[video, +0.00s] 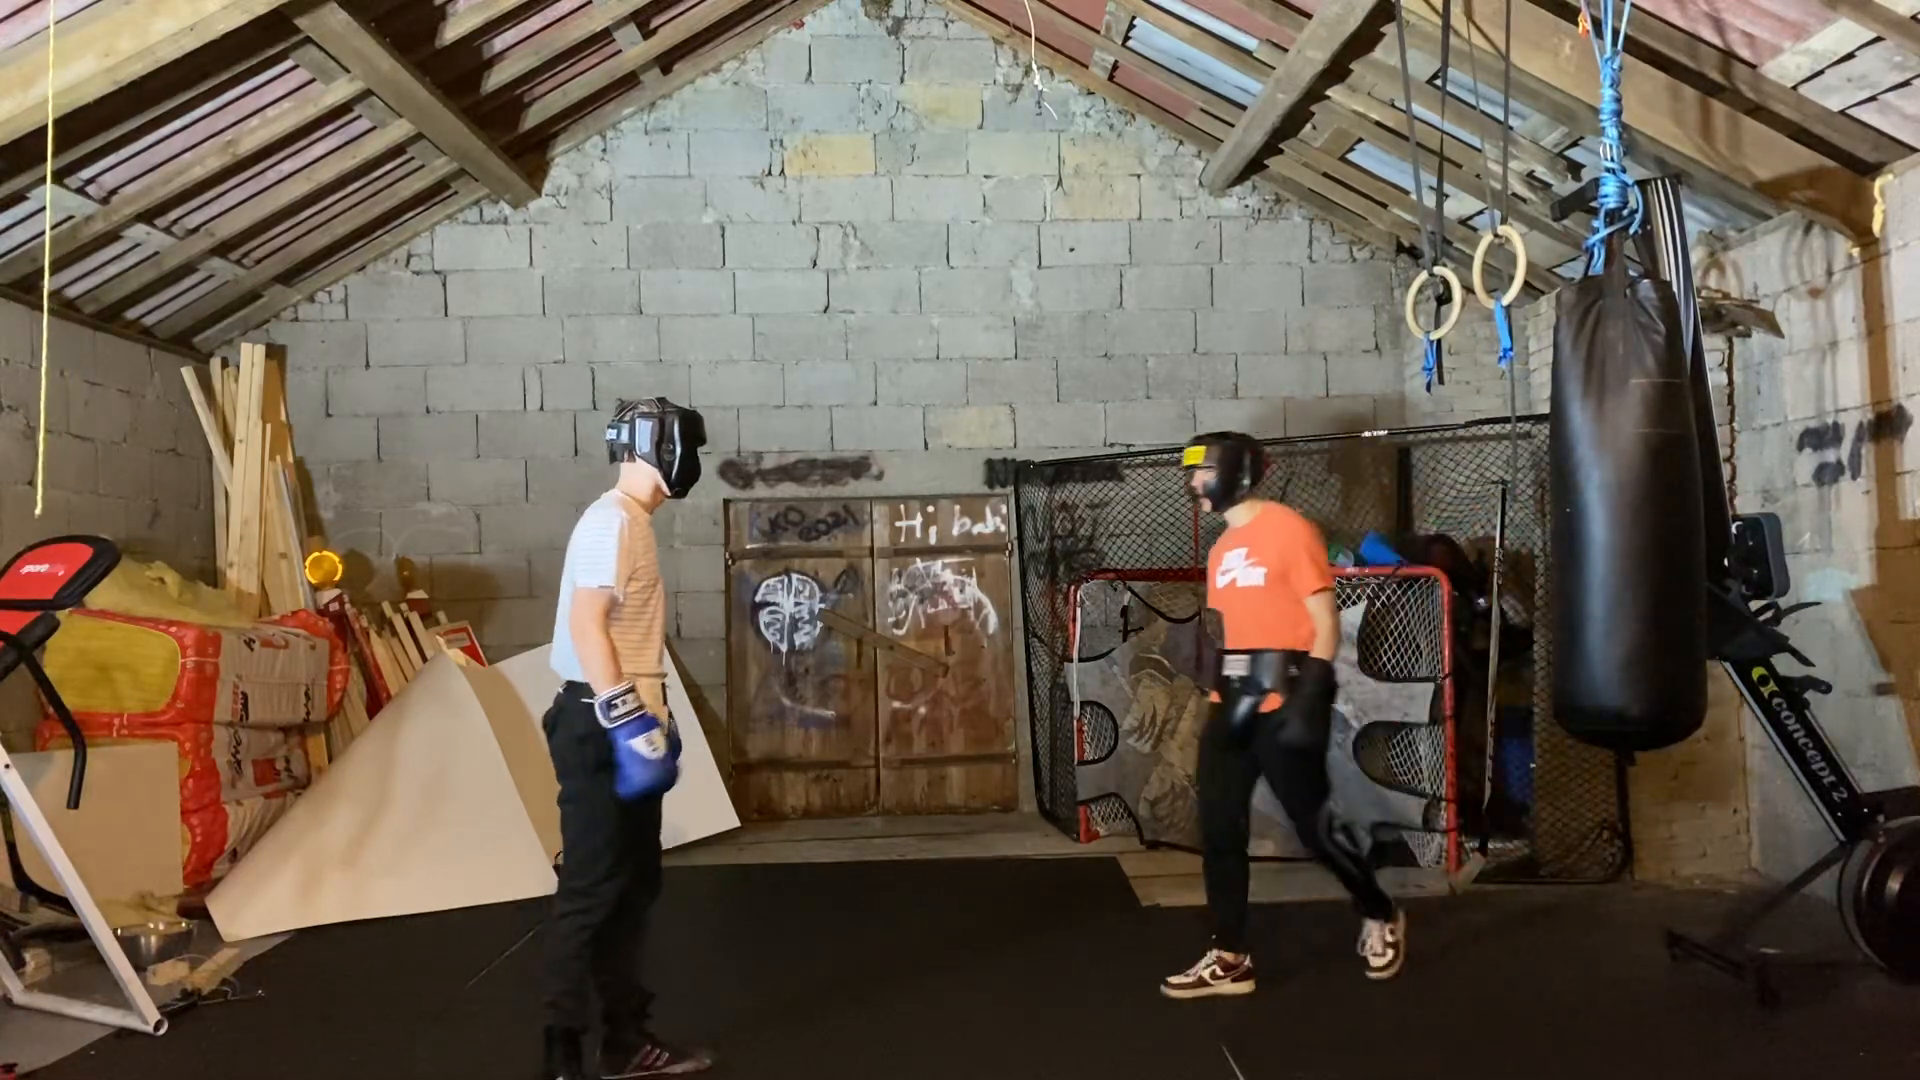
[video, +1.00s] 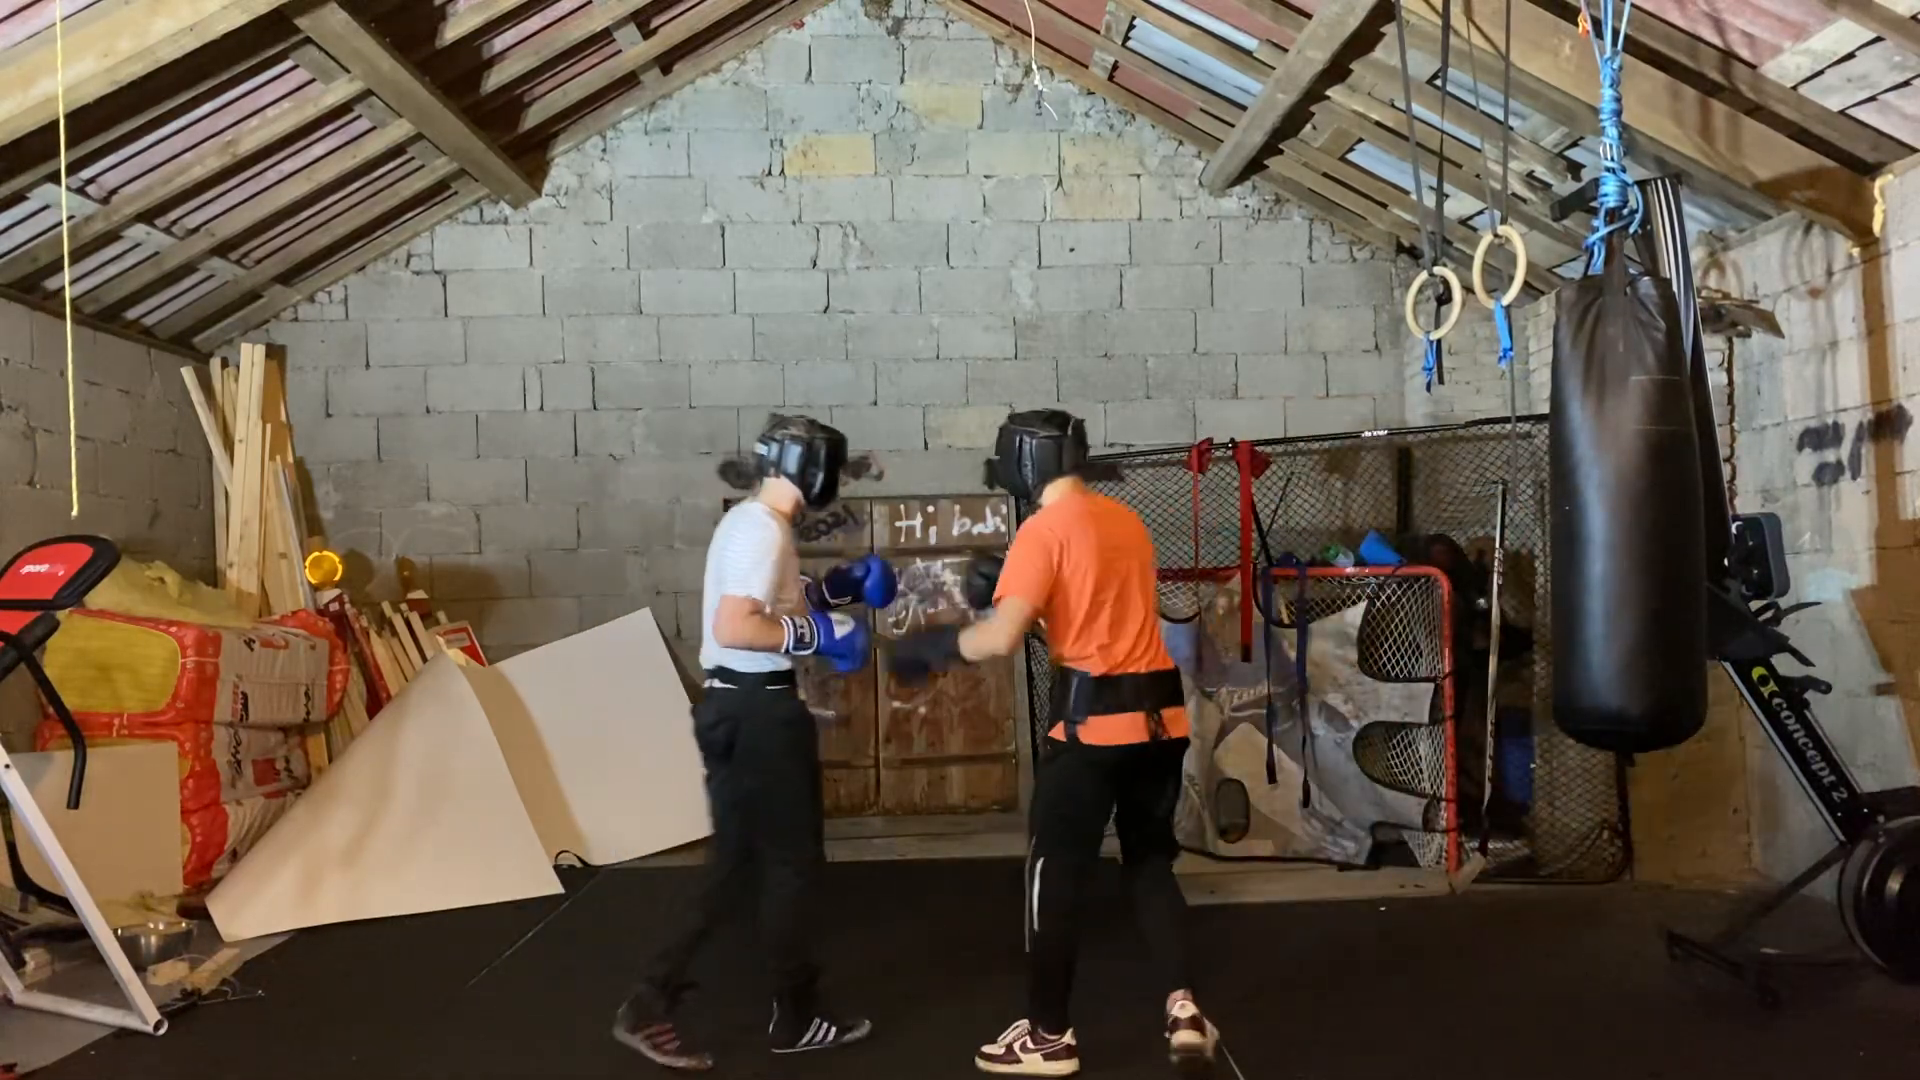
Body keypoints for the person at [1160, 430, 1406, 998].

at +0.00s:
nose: (1194, 482)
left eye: (1203, 470)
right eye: (1193, 471)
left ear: (1237, 472)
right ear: (1218, 477)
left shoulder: (1289, 529)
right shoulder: (1220, 549)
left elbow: (1326, 619)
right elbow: (1222, 630)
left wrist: (1310, 695)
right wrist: (1214, 696)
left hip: (1288, 693)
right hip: (1232, 699)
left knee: (1314, 826)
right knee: (1219, 828)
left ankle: (1381, 915)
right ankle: (1230, 955)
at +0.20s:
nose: (1149, 477)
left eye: (1157, 465)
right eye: (1149, 467)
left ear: (1190, 466)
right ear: (1187, 469)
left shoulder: (1242, 524)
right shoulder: (1195, 536)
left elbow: (1275, 615)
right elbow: (1192, 626)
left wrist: (1235, 684)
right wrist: (1153, 683)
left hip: (1229, 682)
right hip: (1194, 682)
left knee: (1211, 822)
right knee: (1195, 823)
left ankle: (1289, 926)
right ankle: (1228, 953)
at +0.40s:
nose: (1118, 483)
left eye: (1124, 471)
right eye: (1118, 472)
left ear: (1153, 469)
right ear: (1162, 469)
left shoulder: (1193, 527)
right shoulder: (1176, 529)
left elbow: (1208, 627)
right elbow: (1163, 622)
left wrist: (1128, 615)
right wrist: (1091, 611)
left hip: (1183, 701)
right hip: (1173, 698)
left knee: (1136, 824)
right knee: (1185, 827)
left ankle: (1146, 983)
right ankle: (1226, 954)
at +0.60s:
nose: (1074, 485)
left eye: (1080, 472)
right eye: (1076, 472)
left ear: (1103, 475)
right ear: (1130, 474)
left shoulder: (1135, 536)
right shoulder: (1156, 534)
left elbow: (1118, 633)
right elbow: (1142, 630)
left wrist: (1057, 598)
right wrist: (1081, 614)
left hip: (1126, 715)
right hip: (1159, 715)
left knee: (1071, 846)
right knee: (1153, 832)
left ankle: (1046, 996)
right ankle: (1219, 948)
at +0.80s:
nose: (1020, 496)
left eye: (1023, 485)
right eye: (1022, 485)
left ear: (1039, 486)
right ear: (1085, 484)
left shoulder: (1065, 547)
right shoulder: (1122, 543)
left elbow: (981, 621)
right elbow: (1043, 613)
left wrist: (921, 570)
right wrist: (961, 584)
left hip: (1096, 726)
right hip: (1149, 725)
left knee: (1021, 867)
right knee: (1153, 856)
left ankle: (1046, 1027)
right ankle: (1209, 978)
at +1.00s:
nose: (1005, 481)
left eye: (1007, 469)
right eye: (1004, 468)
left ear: (1025, 465)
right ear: (1075, 459)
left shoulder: (1044, 532)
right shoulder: (1129, 520)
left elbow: (1001, 636)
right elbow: (1116, 604)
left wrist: (946, 645)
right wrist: (1017, 597)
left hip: (1094, 727)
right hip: (1163, 723)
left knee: (1055, 866)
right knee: (1151, 859)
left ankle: (1047, 1031)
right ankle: (1182, 1006)